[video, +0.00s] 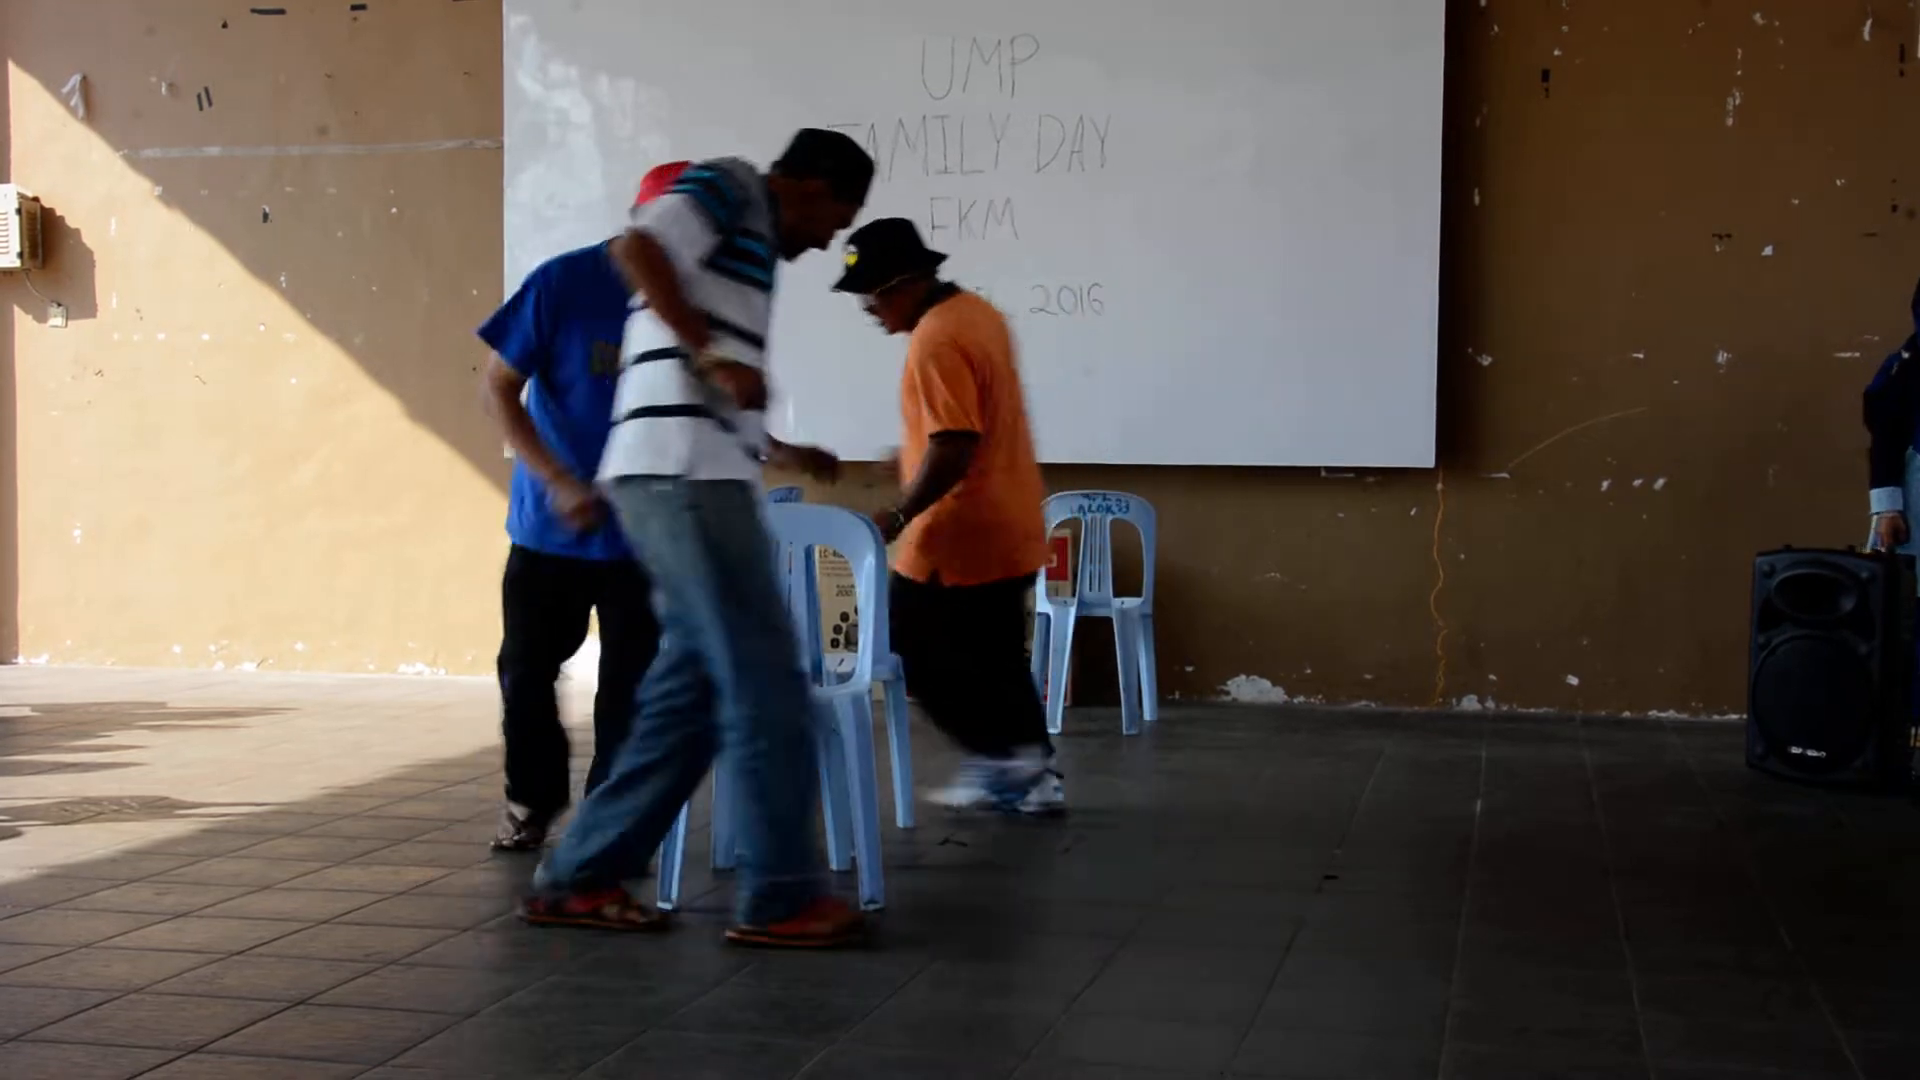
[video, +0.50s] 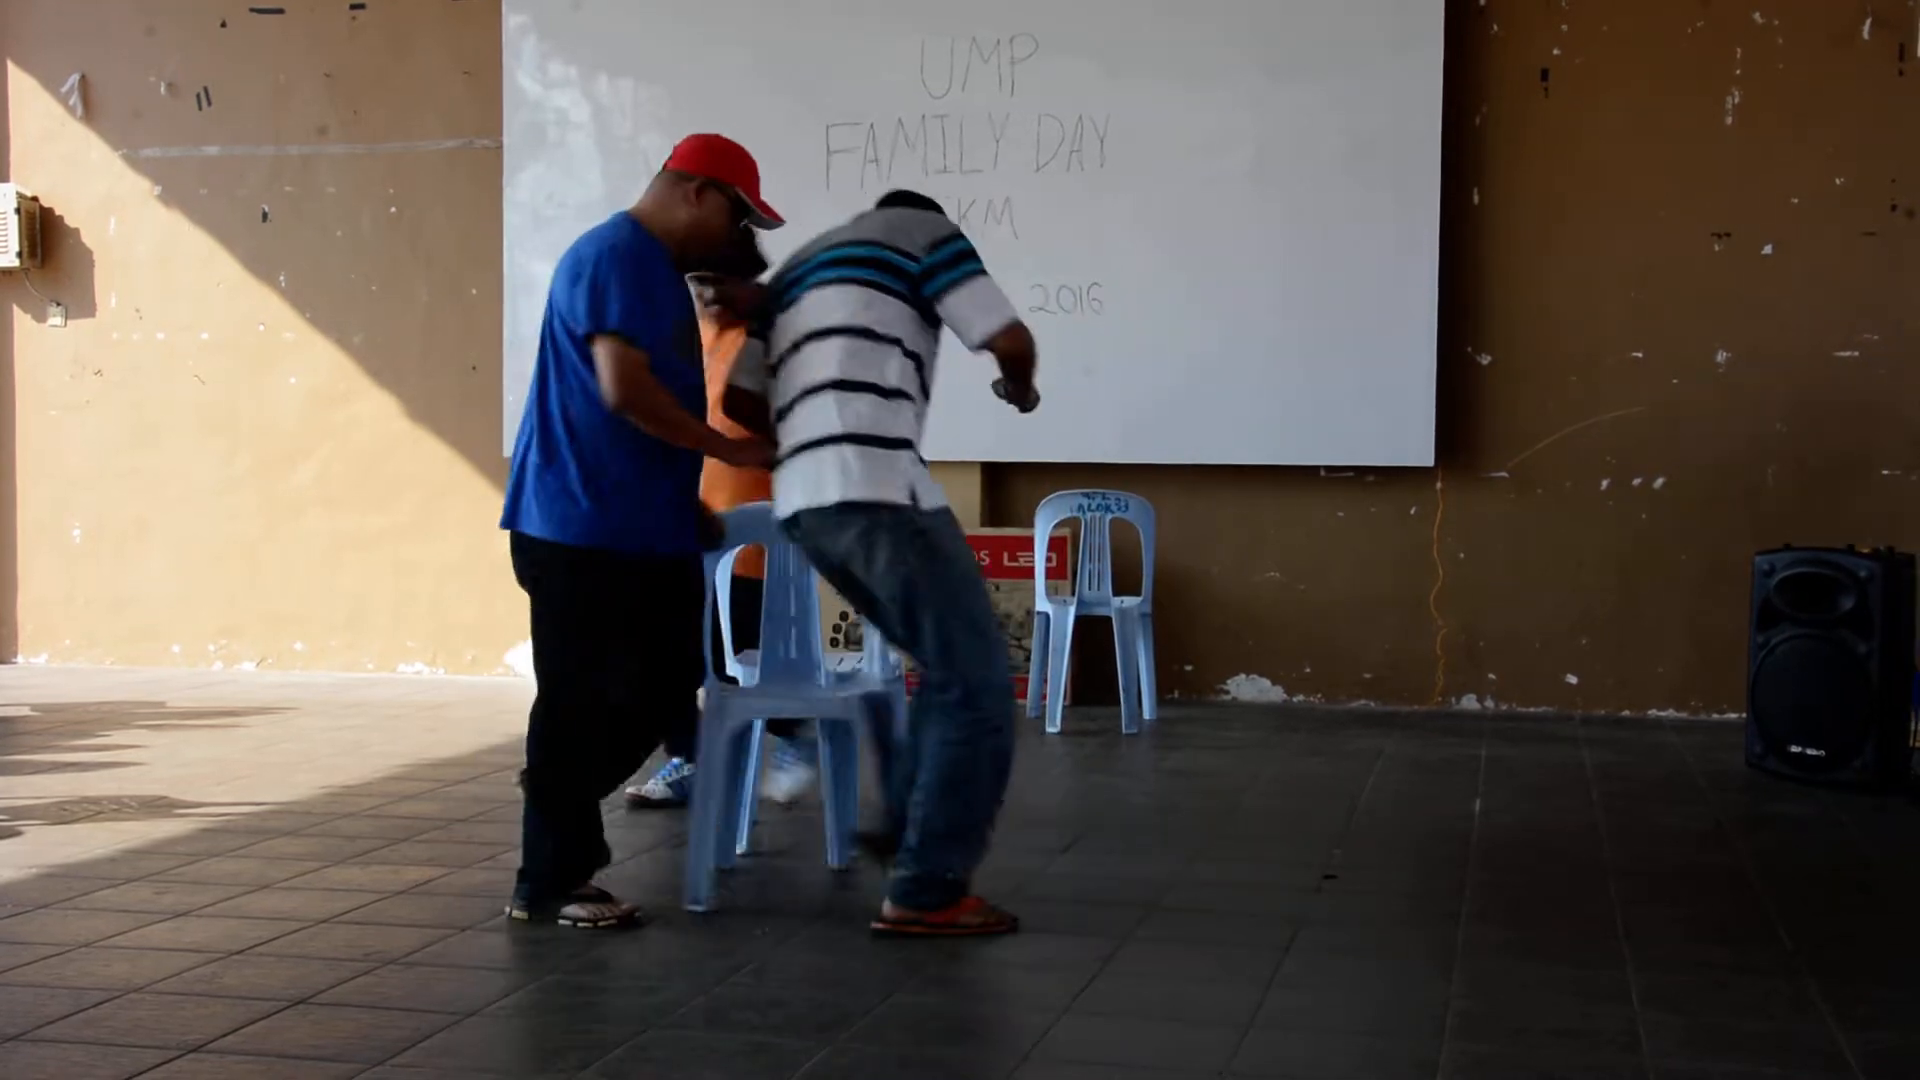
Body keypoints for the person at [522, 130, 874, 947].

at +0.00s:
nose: (829, 239)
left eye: (838, 227)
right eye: (834, 220)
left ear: (806, 189)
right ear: (808, 187)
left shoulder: (749, 244)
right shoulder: (727, 187)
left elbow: (701, 381)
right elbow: (635, 248)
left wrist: (780, 452)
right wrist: (708, 349)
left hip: (691, 476)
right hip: (679, 472)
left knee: (690, 682)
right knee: (765, 679)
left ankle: (575, 877)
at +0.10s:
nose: (861, 244)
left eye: (871, 231)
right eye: (868, 225)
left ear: (834, 195)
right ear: (844, 198)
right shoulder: (778, 197)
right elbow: (723, 269)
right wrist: (799, 372)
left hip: (705, 478)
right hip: (733, 476)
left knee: (775, 683)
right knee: (802, 682)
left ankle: (637, 837)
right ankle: (777, 902)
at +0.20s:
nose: (886, 240)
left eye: (891, 228)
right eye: (890, 223)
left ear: (832, 178)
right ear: (876, 197)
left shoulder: (744, 229)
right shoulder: (837, 195)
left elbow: (672, 361)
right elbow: (826, 283)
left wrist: (737, 428)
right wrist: (903, 374)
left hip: (727, 481)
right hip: (779, 476)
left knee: (835, 676)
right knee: (845, 678)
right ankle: (781, 898)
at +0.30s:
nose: (909, 233)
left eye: (907, 222)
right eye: (910, 218)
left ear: (851, 187)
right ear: (897, 199)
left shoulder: (756, 245)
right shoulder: (874, 198)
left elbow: (691, 365)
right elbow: (911, 288)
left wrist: (765, 415)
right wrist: (955, 363)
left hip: (752, 478)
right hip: (819, 465)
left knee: (860, 682)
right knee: (898, 684)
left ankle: (861, 881)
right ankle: (813, 879)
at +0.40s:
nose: (931, 235)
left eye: (927, 229)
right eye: (925, 222)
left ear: (855, 199)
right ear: (908, 204)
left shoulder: (781, 250)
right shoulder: (895, 211)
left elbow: (718, 379)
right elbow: (976, 316)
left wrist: (782, 431)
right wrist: (1000, 377)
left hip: (776, 489)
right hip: (850, 475)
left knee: (872, 677)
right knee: (951, 679)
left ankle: (856, 880)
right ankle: (899, 883)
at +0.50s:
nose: (949, 248)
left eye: (946, 241)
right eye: (944, 236)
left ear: (872, 213)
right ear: (926, 218)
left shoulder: (794, 267)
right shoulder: (919, 226)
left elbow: (734, 396)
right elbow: (1012, 342)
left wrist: (807, 445)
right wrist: (1017, 387)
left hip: (805, 501)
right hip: (876, 487)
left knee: (940, 667)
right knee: (978, 680)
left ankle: (911, 846)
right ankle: (927, 893)